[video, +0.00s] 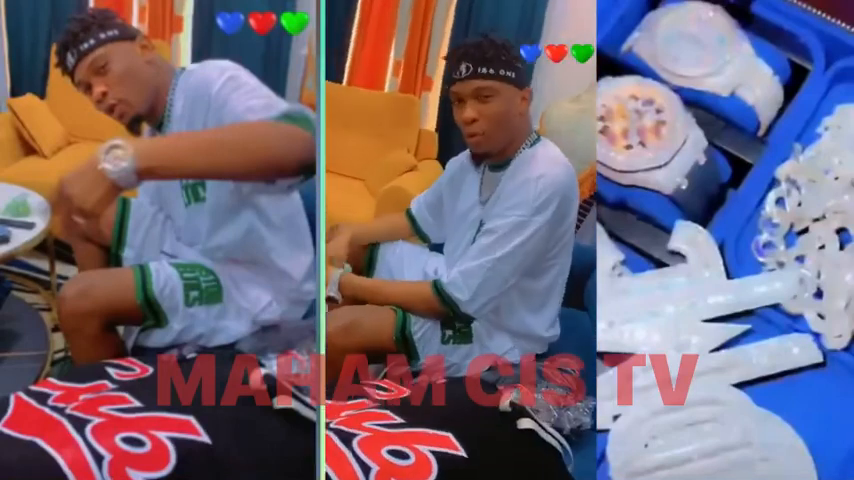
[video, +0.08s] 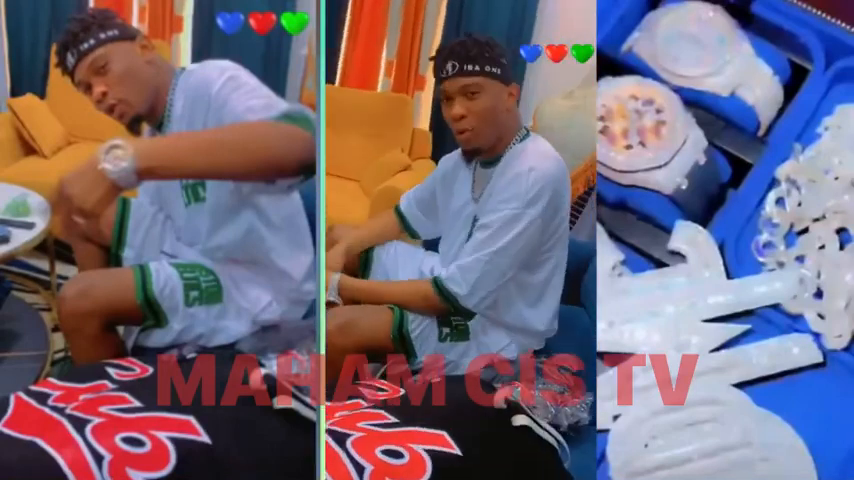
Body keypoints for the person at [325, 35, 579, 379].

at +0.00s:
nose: (468, 115)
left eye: (484, 98)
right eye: (459, 102)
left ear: (524, 100)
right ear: (450, 106)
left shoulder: (544, 179)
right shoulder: (468, 164)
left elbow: (452, 298)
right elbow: (415, 221)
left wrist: (345, 285)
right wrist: (349, 235)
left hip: (496, 334)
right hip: (454, 285)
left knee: (335, 329)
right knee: (346, 239)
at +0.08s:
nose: (456, 112)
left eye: (471, 95)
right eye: (447, 100)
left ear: (511, 96)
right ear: (439, 106)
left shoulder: (535, 174)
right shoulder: (462, 161)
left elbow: (453, 295)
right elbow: (405, 216)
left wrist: (341, 287)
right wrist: (345, 248)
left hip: (493, 329)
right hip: (451, 279)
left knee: (334, 329)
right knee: (338, 240)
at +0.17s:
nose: (452, 107)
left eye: (467, 89)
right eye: (443, 95)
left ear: (507, 93)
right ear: (436, 101)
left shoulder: (531, 168)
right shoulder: (458, 159)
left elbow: (455, 291)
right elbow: (403, 215)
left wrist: (344, 288)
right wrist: (342, 245)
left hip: (494, 326)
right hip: (451, 277)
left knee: (333, 328)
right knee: (335, 239)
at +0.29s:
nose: (443, 96)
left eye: (458, 79)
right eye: (434, 85)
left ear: (497, 83)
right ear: (428, 91)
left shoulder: (520, 155)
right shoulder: (452, 148)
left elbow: (450, 277)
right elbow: (401, 207)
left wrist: (338, 276)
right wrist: (338, 230)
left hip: (488, 312)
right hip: (447, 271)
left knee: (336, 315)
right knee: (335, 230)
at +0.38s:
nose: (440, 102)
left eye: (454, 85)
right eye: (432, 90)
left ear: (492, 86)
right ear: (426, 95)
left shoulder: (517, 152)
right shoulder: (455, 146)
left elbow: (449, 268)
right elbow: (406, 205)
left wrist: (343, 266)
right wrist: (345, 222)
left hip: (491, 304)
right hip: (452, 266)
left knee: (340, 307)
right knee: (345, 234)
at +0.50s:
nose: (432, 113)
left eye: (445, 97)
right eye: (427, 101)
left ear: (483, 95)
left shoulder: (510, 154)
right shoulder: (459, 144)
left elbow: (447, 262)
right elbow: (414, 200)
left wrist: (345, 254)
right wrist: (353, 219)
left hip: (487, 294)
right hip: (453, 257)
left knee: (343, 294)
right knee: (352, 225)